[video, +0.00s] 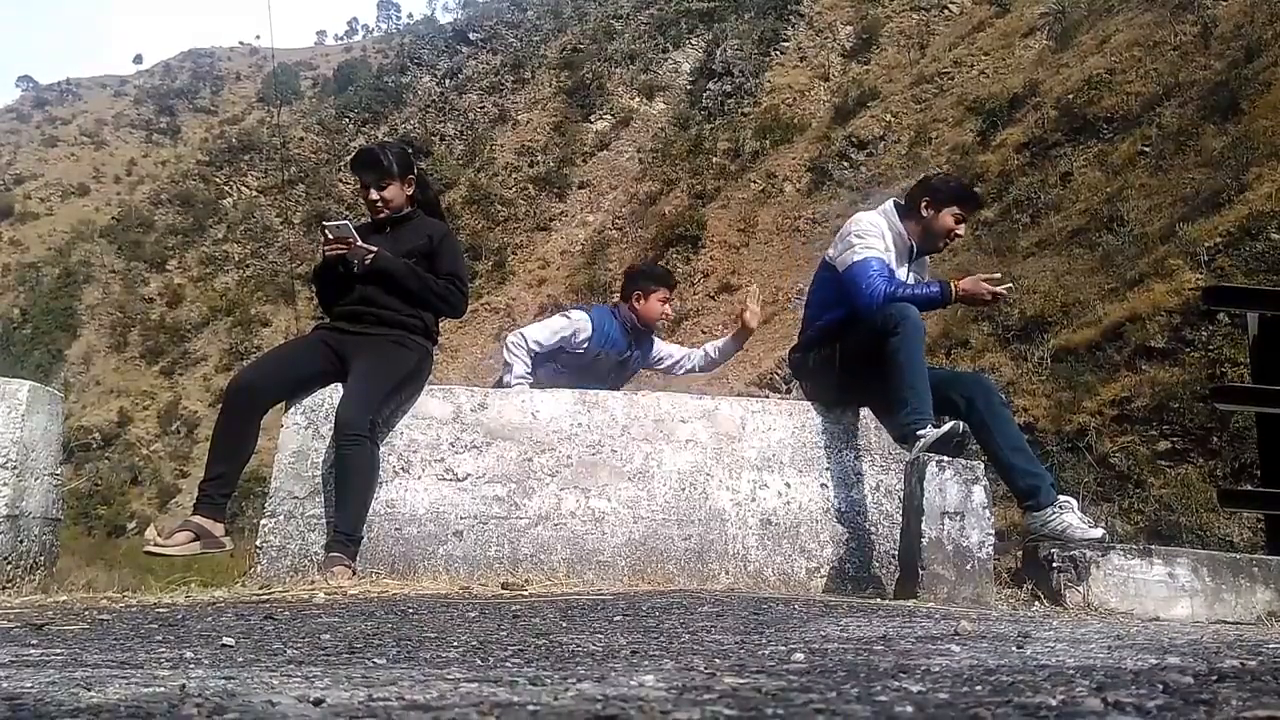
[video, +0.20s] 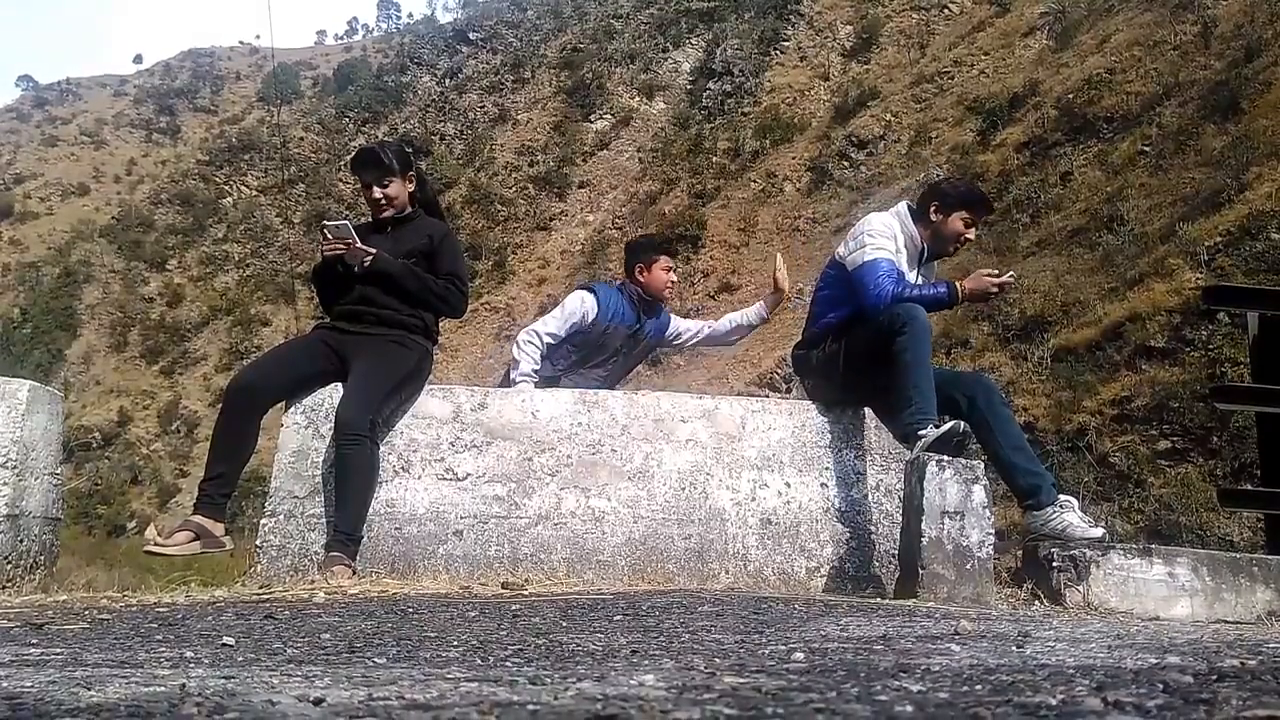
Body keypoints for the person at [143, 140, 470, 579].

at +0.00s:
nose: (373, 196)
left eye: (383, 186)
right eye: (366, 188)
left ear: (410, 183)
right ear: (361, 188)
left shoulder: (434, 232)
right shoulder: (354, 230)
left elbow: (455, 301)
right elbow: (331, 301)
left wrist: (383, 261)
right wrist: (330, 263)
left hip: (397, 344)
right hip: (336, 336)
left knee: (353, 423)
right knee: (247, 388)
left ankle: (341, 559)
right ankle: (208, 521)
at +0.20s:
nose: (376, 194)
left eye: (386, 184)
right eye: (368, 187)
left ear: (411, 181)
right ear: (362, 188)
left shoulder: (434, 232)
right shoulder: (355, 230)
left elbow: (455, 300)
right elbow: (332, 300)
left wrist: (380, 262)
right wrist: (329, 263)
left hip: (397, 344)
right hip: (336, 336)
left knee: (353, 423)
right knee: (246, 388)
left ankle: (341, 558)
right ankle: (208, 521)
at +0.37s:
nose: (376, 194)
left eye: (385, 183)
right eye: (368, 186)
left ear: (410, 178)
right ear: (362, 188)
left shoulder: (435, 231)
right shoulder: (355, 230)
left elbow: (455, 299)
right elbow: (332, 298)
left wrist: (378, 260)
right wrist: (328, 259)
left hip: (397, 342)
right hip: (336, 334)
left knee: (353, 421)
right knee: (247, 386)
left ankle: (341, 558)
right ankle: (208, 519)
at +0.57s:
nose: (375, 196)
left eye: (383, 184)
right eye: (367, 188)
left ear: (409, 178)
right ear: (360, 187)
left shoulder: (435, 229)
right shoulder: (356, 228)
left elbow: (455, 299)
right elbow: (333, 299)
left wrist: (377, 260)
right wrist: (327, 259)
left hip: (397, 341)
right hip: (336, 333)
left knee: (353, 420)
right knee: (248, 385)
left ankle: (341, 557)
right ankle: (208, 518)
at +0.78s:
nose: (374, 196)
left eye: (382, 185)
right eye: (365, 188)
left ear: (408, 177)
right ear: (359, 187)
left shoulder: (436, 229)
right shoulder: (356, 227)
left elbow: (456, 298)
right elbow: (334, 299)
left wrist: (379, 259)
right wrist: (330, 257)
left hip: (397, 341)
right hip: (336, 333)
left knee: (353, 420)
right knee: (247, 384)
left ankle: (340, 556)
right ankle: (208, 518)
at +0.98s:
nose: (374, 197)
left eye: (381, 186)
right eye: (366, 189)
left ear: (408, 177)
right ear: (360, 189)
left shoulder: (436, 231)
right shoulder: (358, 227)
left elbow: (456, 299)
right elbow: (333, 299)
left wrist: (382, 259)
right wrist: (334, 254)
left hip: (397, 342)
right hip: (337, 334)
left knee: (353, 419)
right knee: (247, 385)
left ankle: (341, 555)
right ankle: (208, 519)